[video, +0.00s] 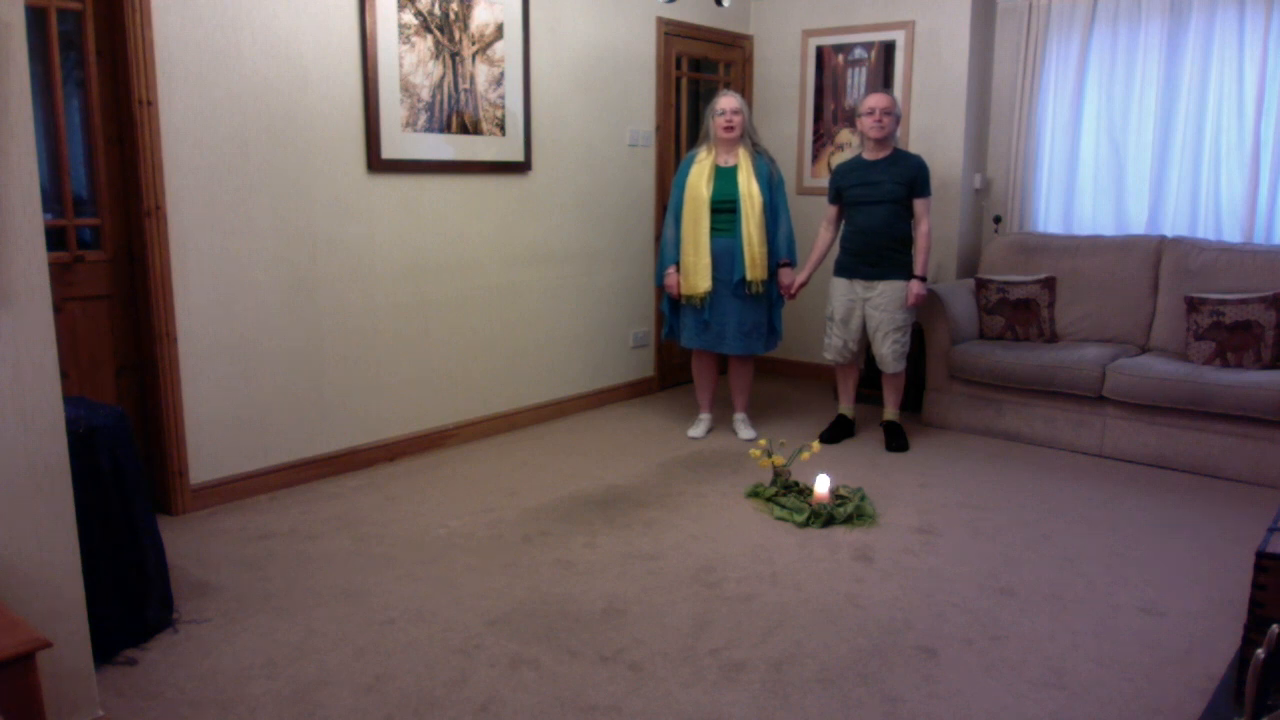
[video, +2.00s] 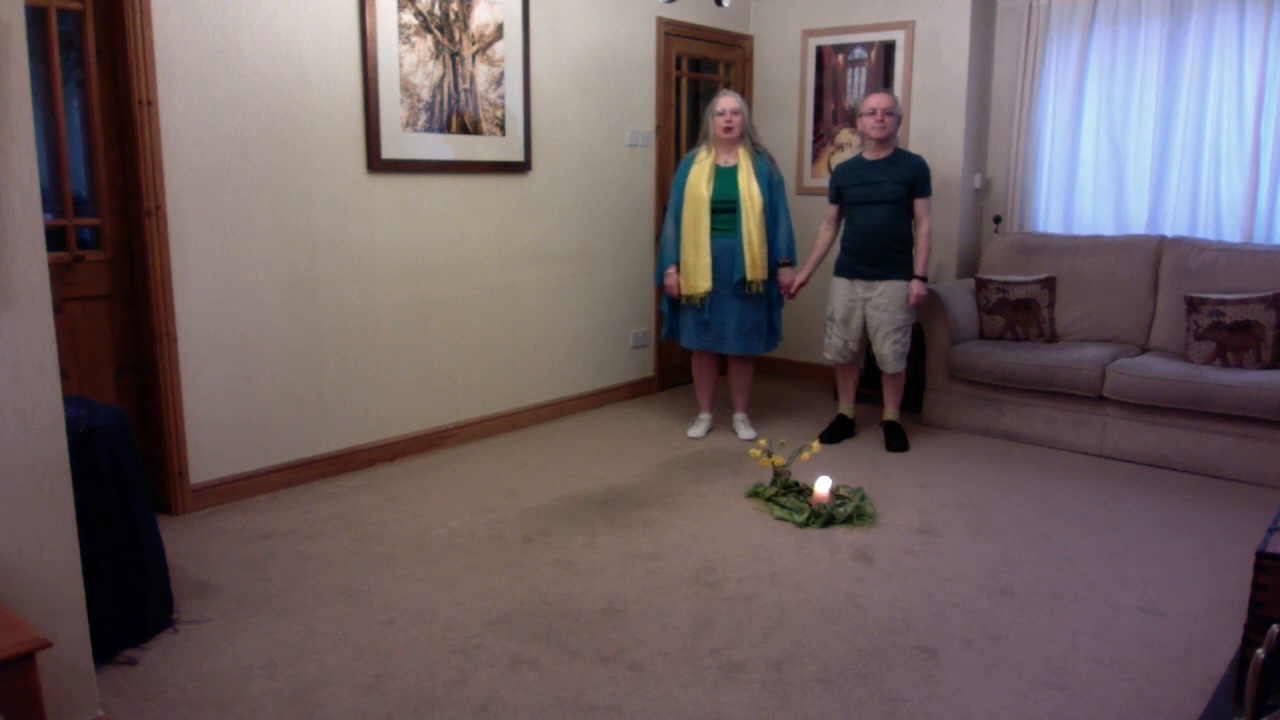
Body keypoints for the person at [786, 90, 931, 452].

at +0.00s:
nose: (878, 119)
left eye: (886, 113)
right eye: (871, 113)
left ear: (897, 121)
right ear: (858, 122)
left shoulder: (912, 167)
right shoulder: (843, 172)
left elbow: (922, 224)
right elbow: (829, 227)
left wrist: (919, 276)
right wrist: (805, 273)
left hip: (893, 279)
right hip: (848, 277)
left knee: (891, 354)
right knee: (844, 349)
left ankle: (891, 420)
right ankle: (845, 415)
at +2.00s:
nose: (880, 119)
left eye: (887, 113)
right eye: (872, 114)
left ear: (898, 121)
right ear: (858, 122)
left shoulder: (913, 167)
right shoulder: (843, 172)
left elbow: (923, 225)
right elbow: (829, 227)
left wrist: (920, 276)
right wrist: (805, 273)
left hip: (893, 279)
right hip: (848, 277)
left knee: (892, 355)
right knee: (843, 349)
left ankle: (892, 420)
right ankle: (845, 415)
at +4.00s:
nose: (881, 118)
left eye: (888, 113)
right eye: (873, 113)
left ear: (899, 121)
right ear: (860, 122)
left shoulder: (914, 166)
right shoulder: (844, 172)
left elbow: (924, 224)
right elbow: (830, 227)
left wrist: (921, 276)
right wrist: (806, 273)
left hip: (895, 278)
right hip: (849, 276)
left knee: (893, 355)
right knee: (844, 349)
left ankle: (892, 419)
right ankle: (845, 415)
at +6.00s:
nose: (884, 119)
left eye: (891, 113)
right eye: (876, 113)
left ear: (902, 121)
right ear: (864, 122)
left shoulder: (917, 166)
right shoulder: (848, 172)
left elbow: (927, 224)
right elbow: (833, 226)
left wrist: (924, 276)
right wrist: (808, 272)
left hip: (897, 279)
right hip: (852, 277)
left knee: (894, 355)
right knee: (846, 349)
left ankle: (892, 419)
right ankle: (845, 416)